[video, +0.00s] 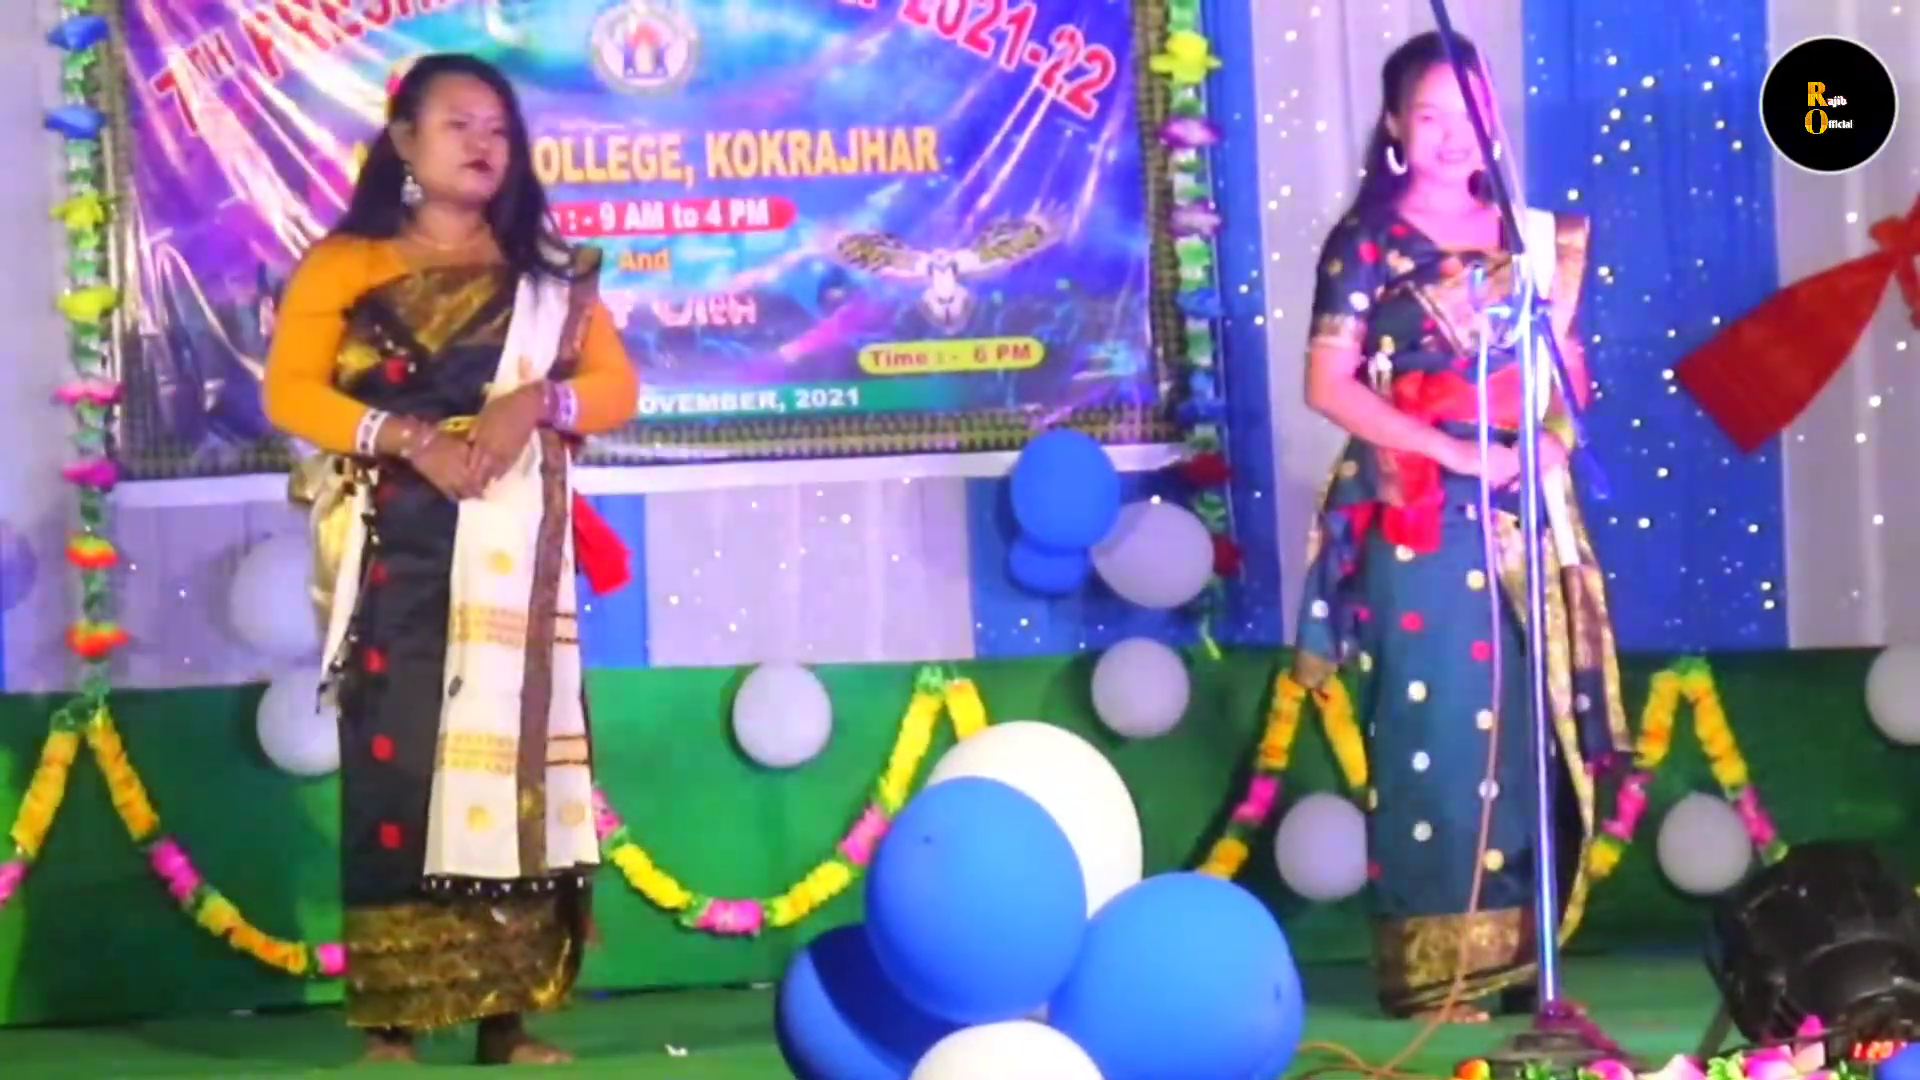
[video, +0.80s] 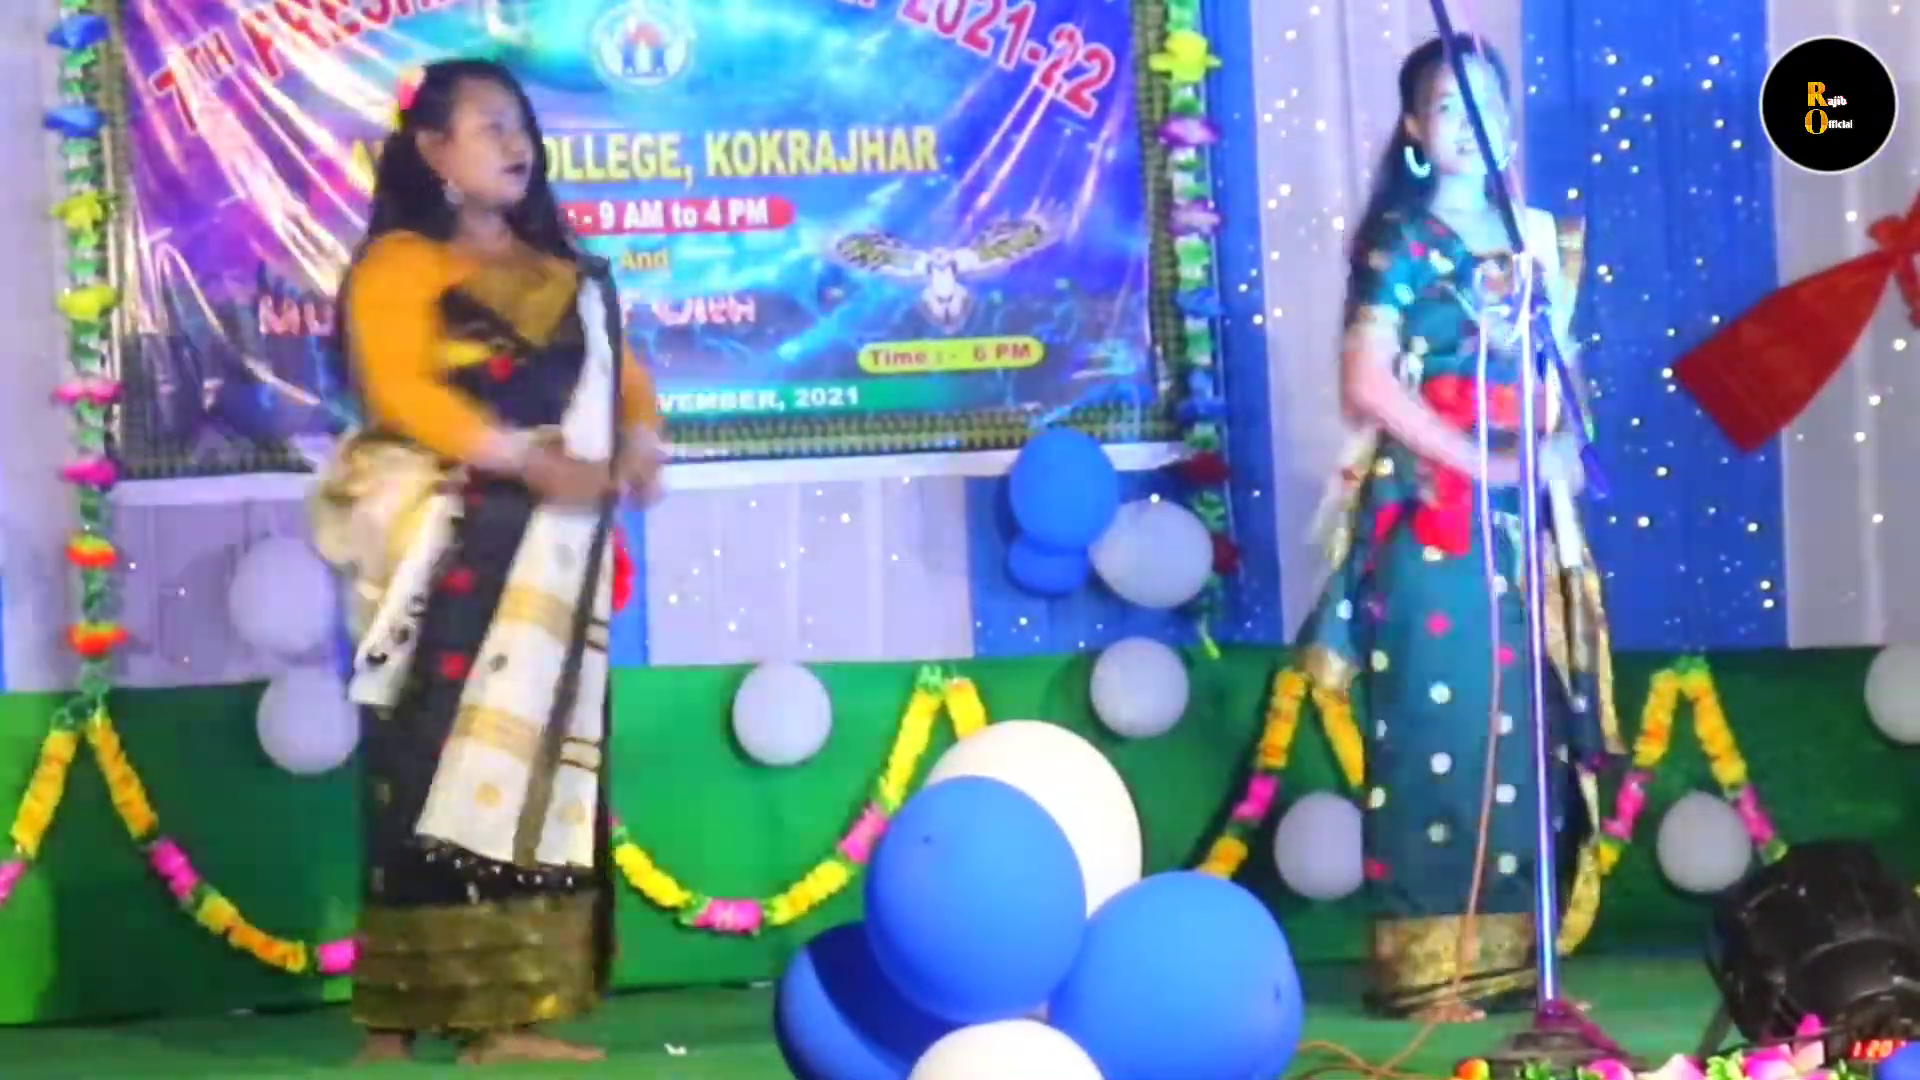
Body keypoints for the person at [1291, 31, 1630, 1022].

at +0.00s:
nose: (1452, 134)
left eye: (1467, 116)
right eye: (1432, 116)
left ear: (1490, 124)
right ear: (1398, 126)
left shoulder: (1525, 234)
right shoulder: (1366, 242)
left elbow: (1560, 391)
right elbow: (1328, 385)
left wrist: (1561, 308)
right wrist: (1457, 451)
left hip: (1529, 515)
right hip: (1426, 520)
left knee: (1538, 729)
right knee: (1440, 730)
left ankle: (1530, 967)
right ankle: (1438, 968)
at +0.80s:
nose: (1466, 131)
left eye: (1481, 111)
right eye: (1446, 112)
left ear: (1504, 119)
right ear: (1413, 125)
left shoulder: (1520, 234)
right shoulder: (1401, 235)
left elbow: (1548, 372)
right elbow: (1367, 385)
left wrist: (1550, 434)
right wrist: (1478, 459)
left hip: (1516, 512)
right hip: (1432, 515)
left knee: (1520, 727)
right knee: (1438, 729)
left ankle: (1512, 955)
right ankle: (1428, 963)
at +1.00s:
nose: (1503, 139)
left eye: (1510, 119)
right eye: (1478, 125)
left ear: (1530, 129)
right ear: (1441, 145)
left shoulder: (1525, 248)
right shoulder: (1448, 244)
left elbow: (1536, 390)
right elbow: (1441, 391)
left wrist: (1609, 446)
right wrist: (1549, 435)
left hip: (1513, 529)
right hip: (1460, 531)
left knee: (1563, 727)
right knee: (1554, 727)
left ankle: (1451, 907)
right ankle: (1477, 929)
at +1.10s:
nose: (1524, 113)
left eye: (1529, 93)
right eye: (1502, 101)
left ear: (1541, 99)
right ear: (1459, 122)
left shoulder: (1535, 210)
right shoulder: (1457, 207)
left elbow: (1626, 332)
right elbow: (1491, 330)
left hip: (1544, 505)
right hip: (1480, 508)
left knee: (1536, 712)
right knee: (1571, 699)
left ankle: (1496, 944)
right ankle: (1487, 930)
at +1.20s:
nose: (1539, 129)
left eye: (1543, 109)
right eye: (1516, 114)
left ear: (1551, 113)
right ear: (1469, 130)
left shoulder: (1522, 226)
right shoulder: (1462, 228)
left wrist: (1596, 296)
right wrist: (1593, 306)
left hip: (1549, 531)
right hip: (1495, 542)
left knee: (1567, 739)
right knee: (1564, 740)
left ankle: (1513, 959)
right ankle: (1502, 964)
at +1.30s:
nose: (1570, 156)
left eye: (1570, 137)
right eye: (1548, 142)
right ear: (1501, 155)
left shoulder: (1453, 255)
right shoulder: (1541, 240)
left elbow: (1423, 419)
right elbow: (1592, 348)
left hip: (1453, 563)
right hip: (1505, 564)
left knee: (1579, 739)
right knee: (1616, 752)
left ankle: (1500, 943)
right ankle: (1531, 983)